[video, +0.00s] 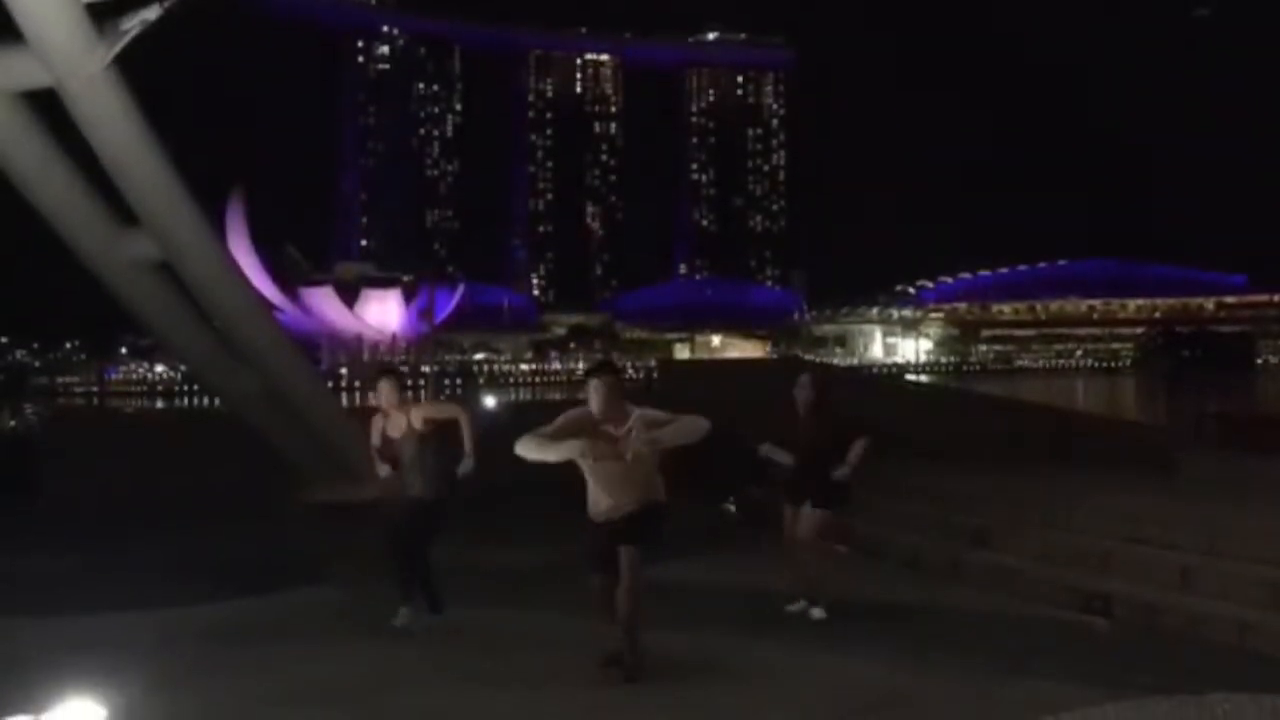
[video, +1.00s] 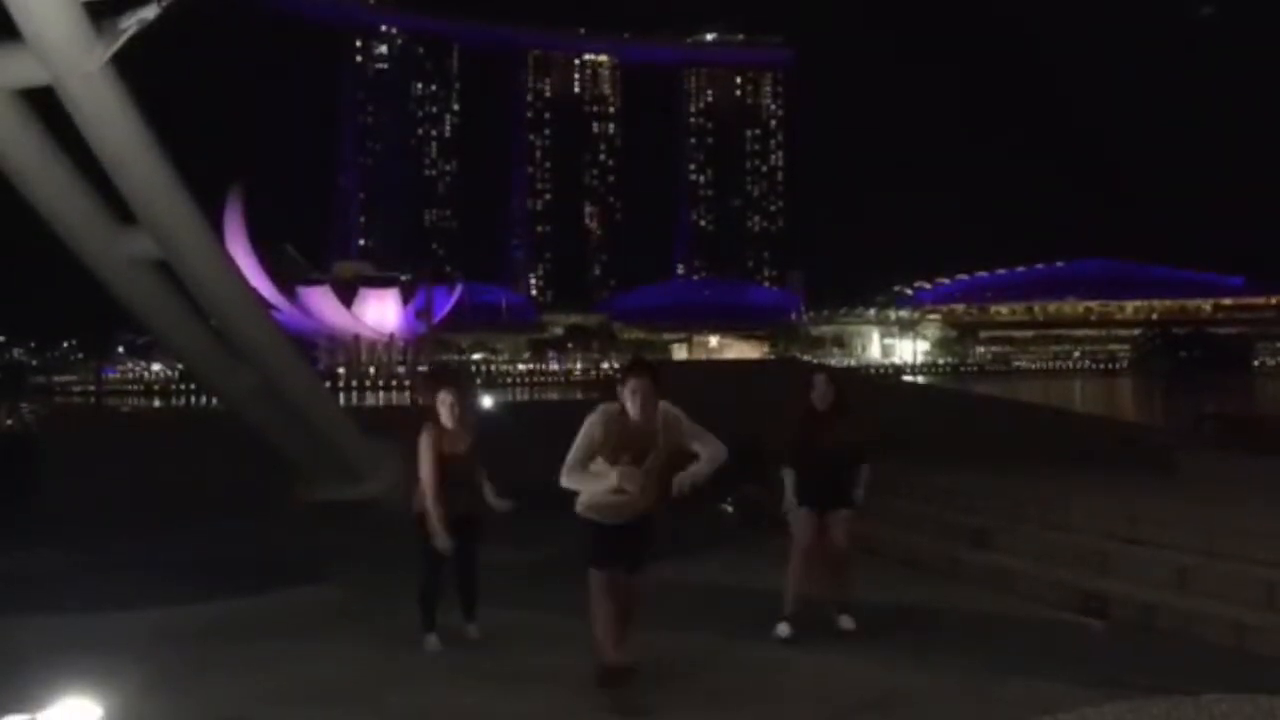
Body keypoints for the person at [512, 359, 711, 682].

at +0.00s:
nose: (597, 394)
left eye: (604, 386)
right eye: (592, 387)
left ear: (618, 390)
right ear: (585, 392)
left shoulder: (641, 419)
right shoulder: (579, 421)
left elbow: (700, 426)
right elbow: (523, 446)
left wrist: (651, 440)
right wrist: (574, 448)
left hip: (642, 509)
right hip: (602, 516)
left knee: (631, 564)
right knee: (603, 584)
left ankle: (630, 651)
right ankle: (620, 642)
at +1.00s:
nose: (639, 400)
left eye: (646, 393)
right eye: (633, 393)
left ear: (656, 394)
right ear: (621, 394)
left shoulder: (668, 418)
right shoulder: (602, 420)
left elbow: (714, 451)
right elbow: (569, 475)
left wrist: (689, 476)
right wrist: (612, 479)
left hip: (641, 515)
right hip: (600, 516)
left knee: (631, 587)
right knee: (604, 586)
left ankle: (620, 654)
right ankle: (609, 661)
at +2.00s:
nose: (629, 371)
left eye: (636, 365)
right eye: (623, 365)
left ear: (648, 372)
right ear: (614, 371)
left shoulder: (664, 407)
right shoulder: (598, 411)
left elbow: (676, 454)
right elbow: (568, 449)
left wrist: (686, 492)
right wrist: (541, 482)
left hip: (657, 504)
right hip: (615, 508)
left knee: (654, 575)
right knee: (614, 578)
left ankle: (651, 654)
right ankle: (611, 640)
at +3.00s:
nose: (594, 404)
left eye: (601, 395)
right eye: (587, 396)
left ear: (613, 395)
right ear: (580, 400)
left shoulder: (628, 410)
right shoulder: (585, 438)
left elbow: (608, 470)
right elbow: (577, 488)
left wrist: (566, 522)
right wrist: (554, 533)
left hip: (671, 507)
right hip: (625, 509)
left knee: (671, 583)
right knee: (587, 556)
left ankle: (654, 659)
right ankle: (586, 643)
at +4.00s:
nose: (552, 384)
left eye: (559, 376)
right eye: (548, 376)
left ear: (582, 378)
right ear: (544, 380)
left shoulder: (604, 417)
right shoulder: (537, 419)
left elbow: (622, 466)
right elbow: (517, 473)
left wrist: (623, 512)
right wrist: (560, 466)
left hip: (590, 520)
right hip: (544, 522)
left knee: (598, 591)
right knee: (526, 589)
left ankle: (618, 662)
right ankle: (557, 648)